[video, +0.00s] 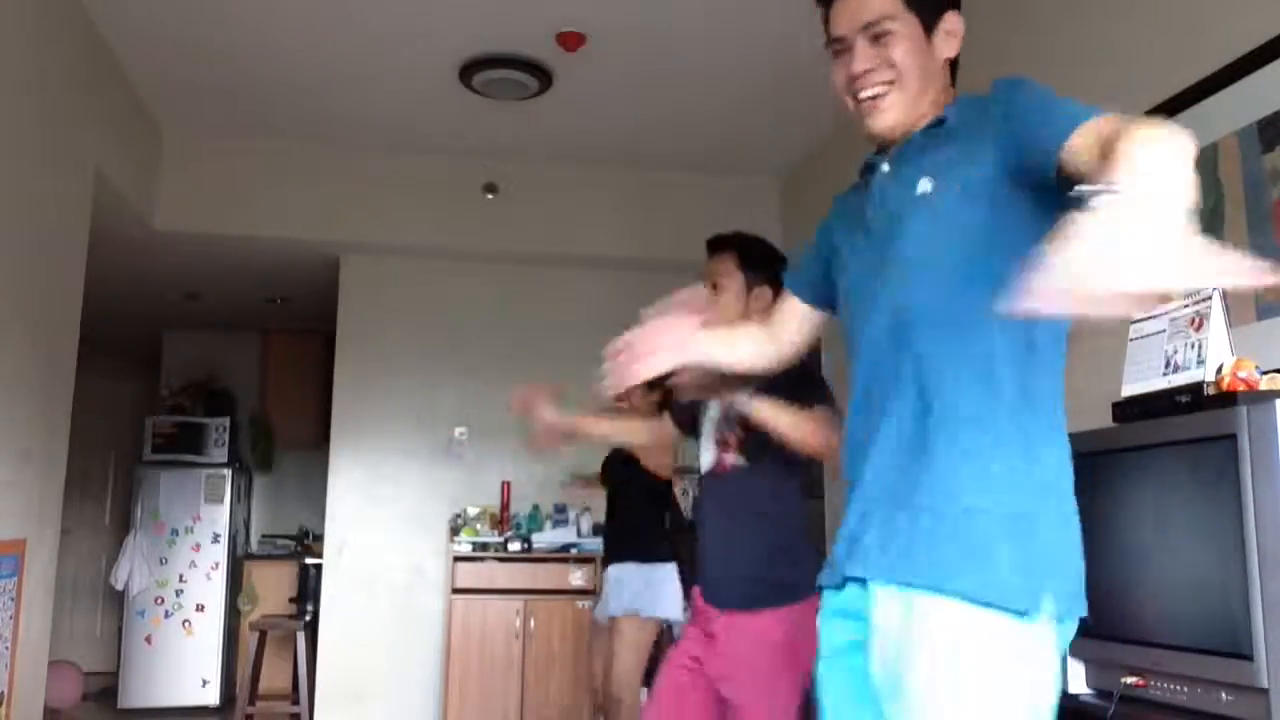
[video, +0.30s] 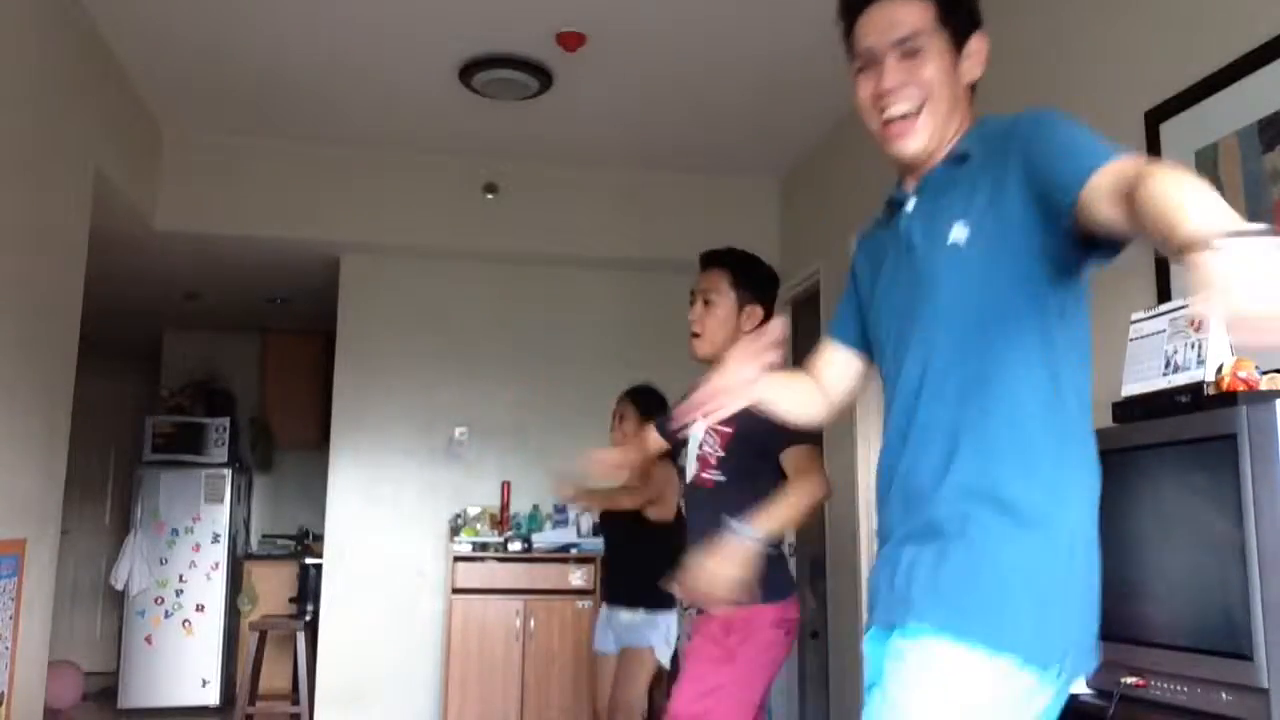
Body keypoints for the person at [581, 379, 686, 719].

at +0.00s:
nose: (625, 396)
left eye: (636, 389)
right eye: (625, 389)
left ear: (657, 394)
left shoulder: (658, 435)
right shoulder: (630, 437)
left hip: (645, 567)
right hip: (619, 567)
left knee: (622, 690)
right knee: (600, 685)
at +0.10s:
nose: (628, 412)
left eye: (640, 402)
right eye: (624, 401)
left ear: (659, 412)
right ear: (615, 407)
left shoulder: (662, 460)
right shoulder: (612, 457)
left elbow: (648, 449)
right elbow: (605, 460)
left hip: (653, 584)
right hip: (610, 584)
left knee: (627, 696)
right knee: (605, 695)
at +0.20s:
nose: (615, 439)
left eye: (622, 427)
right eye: (613, 429)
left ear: (648, 431)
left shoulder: (665, 481)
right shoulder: (625, 486)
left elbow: (622, 480)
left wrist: (614, 474)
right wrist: (603, 600)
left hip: (651, 622)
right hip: (610, 617)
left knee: (630, 713)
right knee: (605, 712)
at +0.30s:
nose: (615, 426)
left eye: (623, 417)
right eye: (614, 417)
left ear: (647, 422)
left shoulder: (663, 471)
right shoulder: (625, 473)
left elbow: (639, 498)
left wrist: (585, 497)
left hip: (650, 612)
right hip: (614, 607)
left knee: (625, 710)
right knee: (606, 708)